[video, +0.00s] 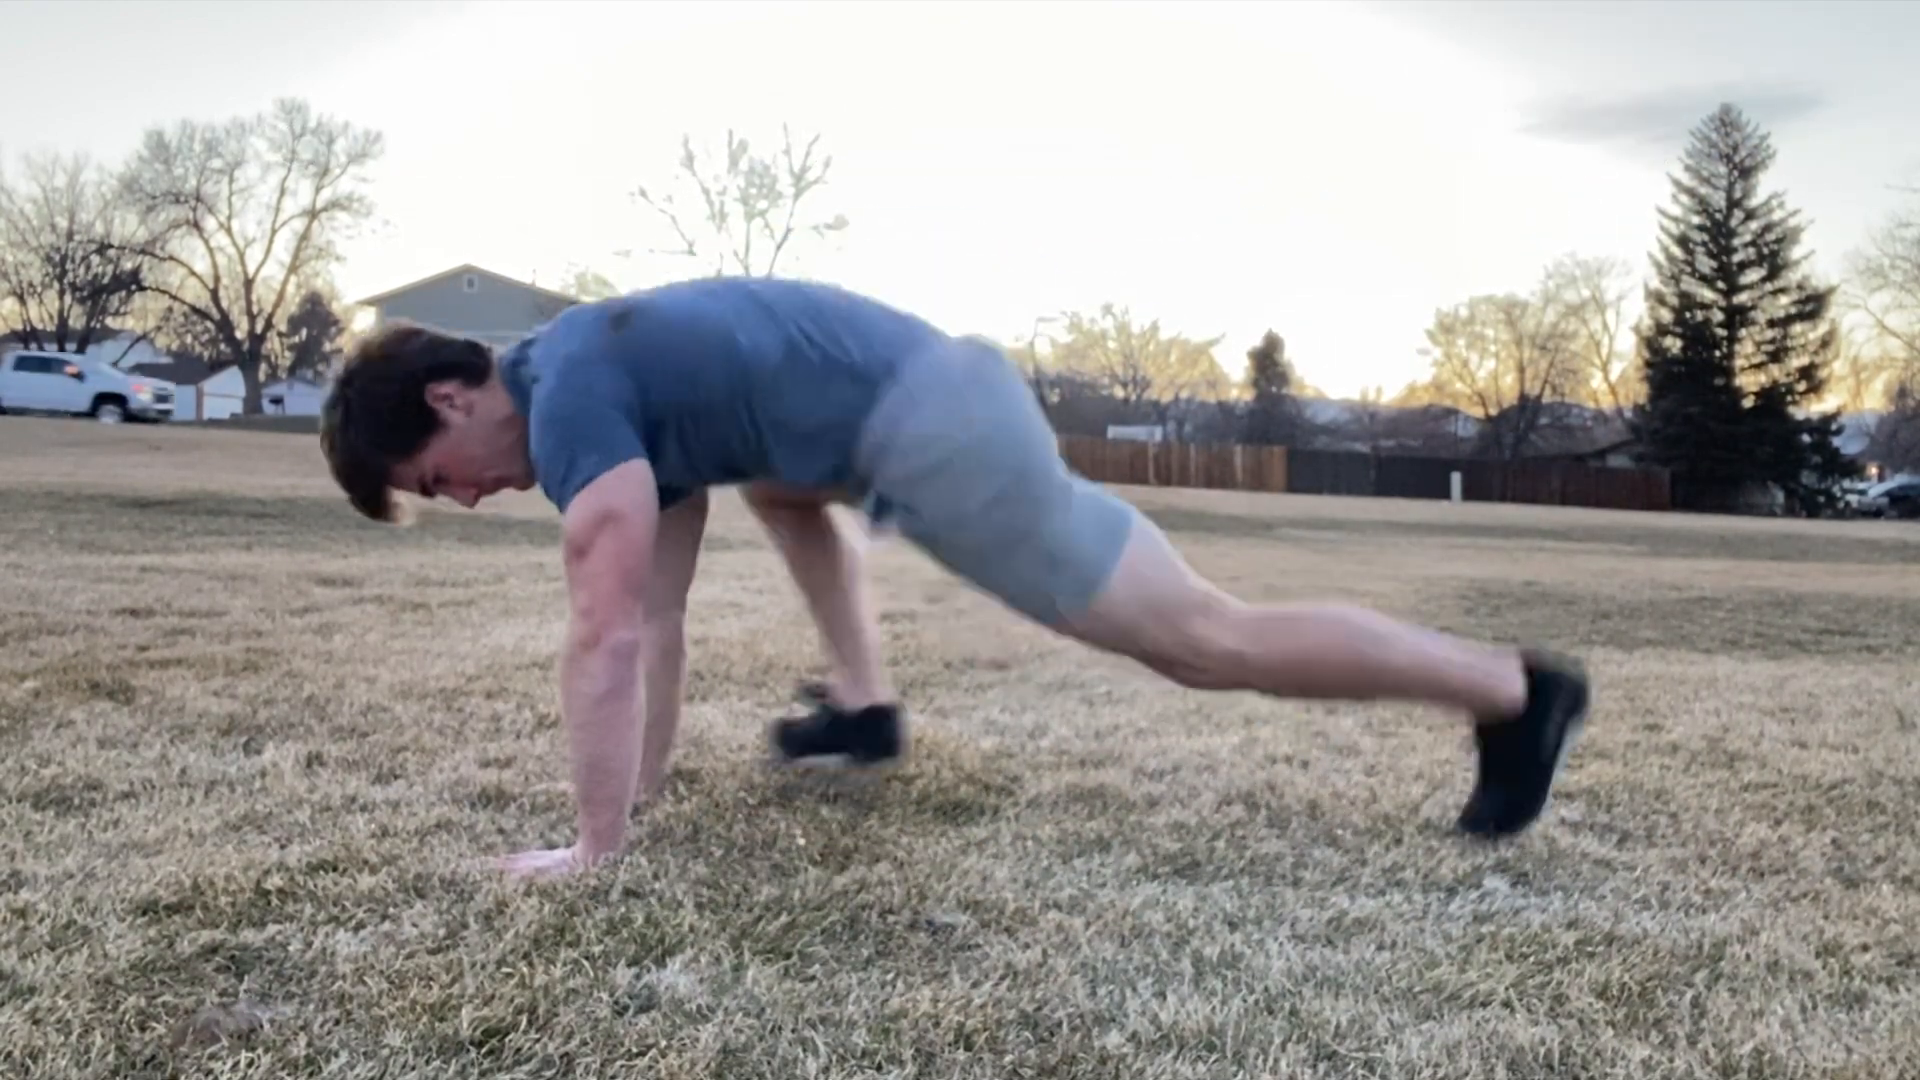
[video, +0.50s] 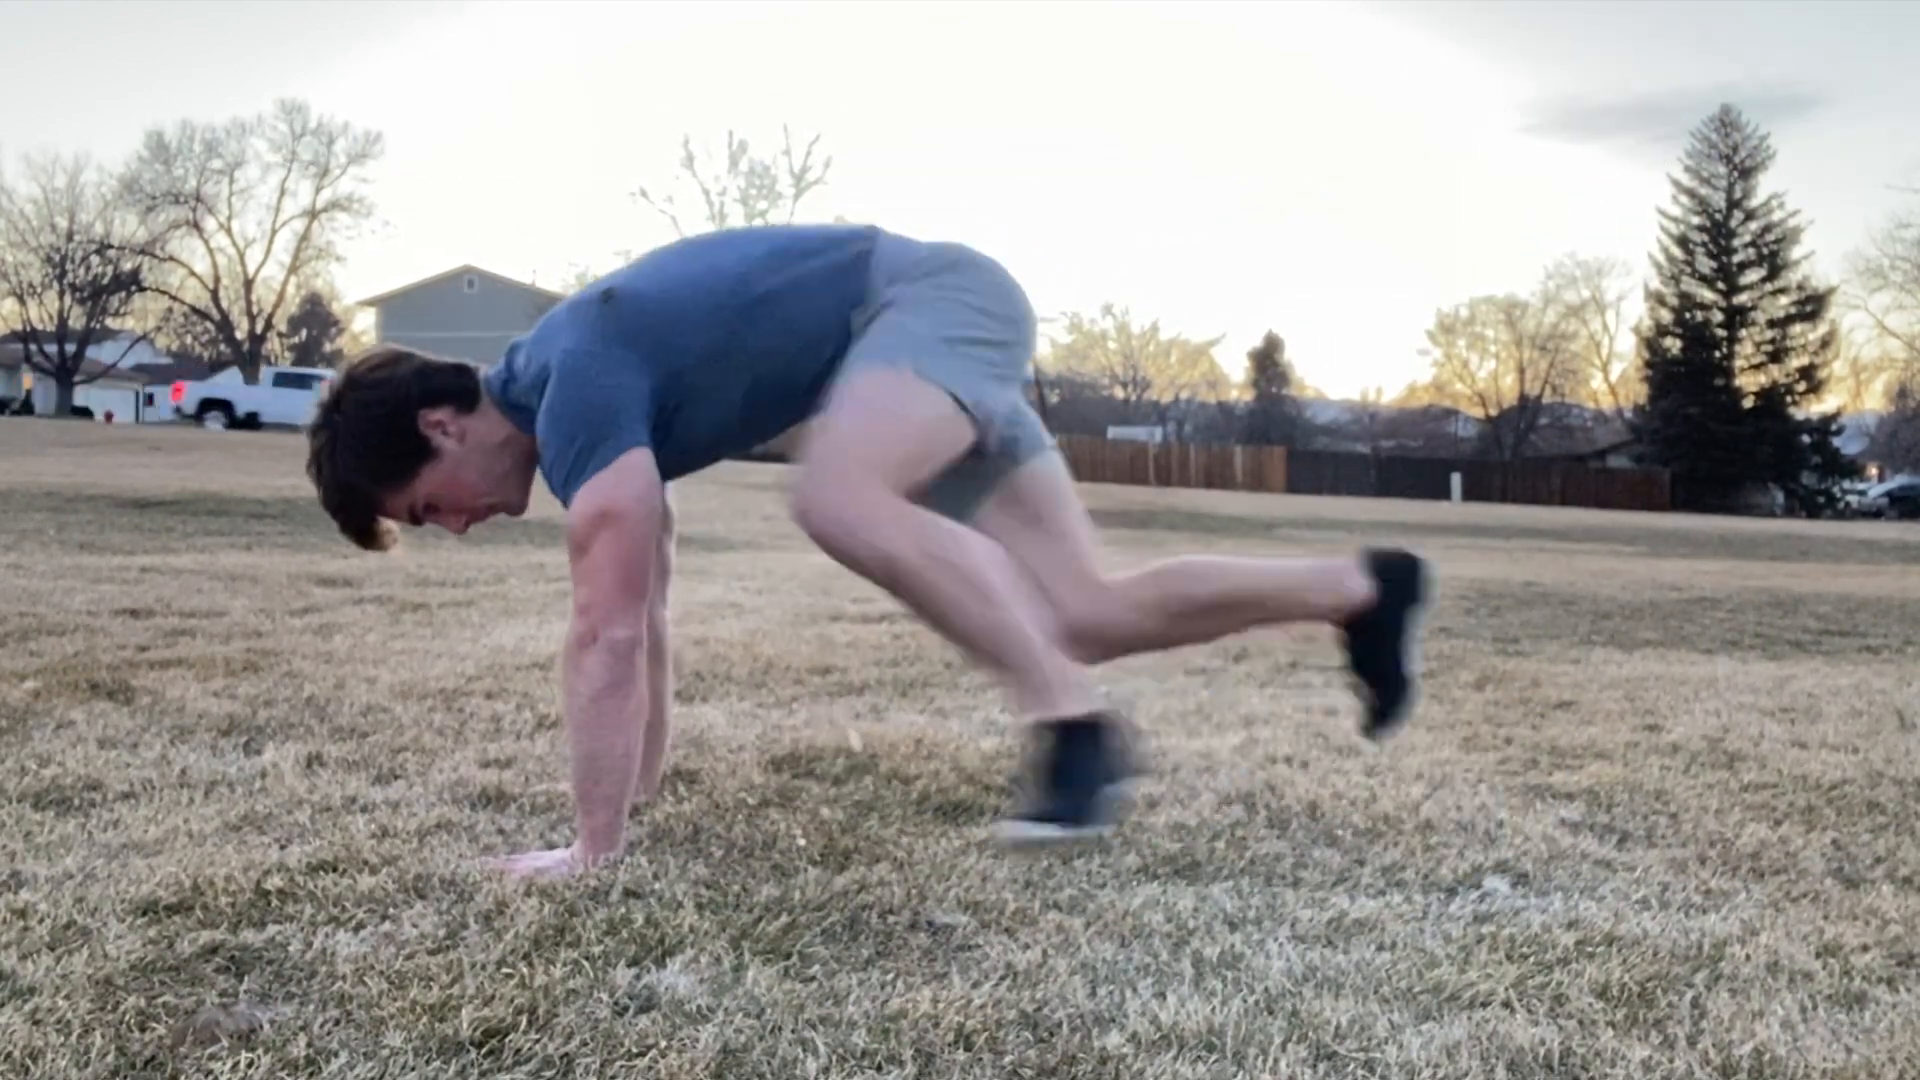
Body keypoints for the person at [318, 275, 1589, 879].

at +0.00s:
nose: (457, 500)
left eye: (434, 476)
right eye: (432, 493)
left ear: (454, 399)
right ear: (463, 398)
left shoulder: (570, 379)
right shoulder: (598, 371)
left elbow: (617, 607)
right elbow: (647, 619)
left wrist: (598, 838)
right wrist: (632, 804)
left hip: (937, 419)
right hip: (908, 409)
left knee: (1202, 640)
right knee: (757, 469)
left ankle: (1514, 692)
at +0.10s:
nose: (482, 488)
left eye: (459, 466)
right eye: (458, 481)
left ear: (480, 390)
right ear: (491, 385)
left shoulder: (608, 387)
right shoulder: (619, 377)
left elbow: (638, 634)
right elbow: (644, 628)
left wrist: (601, 842)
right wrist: (604, 826)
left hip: (947, 515)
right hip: (891, 500)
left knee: (1195, 734)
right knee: (730, 522)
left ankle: (1502, 749)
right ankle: (832, 744)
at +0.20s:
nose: (480, 494)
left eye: (457, 471)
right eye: (456, 487)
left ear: (478, 395)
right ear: (491, 392)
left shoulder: (604, 388)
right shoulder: (623, 379)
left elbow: (636, 625)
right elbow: (646, 632)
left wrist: (602, 840)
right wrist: (615, 823)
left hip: (958, 492)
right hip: (904, 476)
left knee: (1203, 707)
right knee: (752, 499)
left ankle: (1506, 750)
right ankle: (841, 736)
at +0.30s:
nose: (465, 517)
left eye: (440, 494)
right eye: (439, 512)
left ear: (457, 416)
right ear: (466, 420)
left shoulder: (567, 378)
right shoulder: (607, 385)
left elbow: (598, 620)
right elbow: (646, 618)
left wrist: (596, 849)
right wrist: (646, 784)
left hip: (937, 375)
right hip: (899, 391)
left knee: (1172, 627)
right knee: (809, 512)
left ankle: (1470, 727)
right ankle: (975, 707)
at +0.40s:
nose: (465, 530)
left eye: (437, 512)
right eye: (437, 527)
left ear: (439, 438)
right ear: (450, 434)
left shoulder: (568, 378)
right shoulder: (576, 390)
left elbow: (606, 630)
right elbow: (641, 602)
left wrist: (588, 848)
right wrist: (646, 774)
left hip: (930, 288)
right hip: (886, 347)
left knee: (1031, 596)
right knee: (924, 602)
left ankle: (1350, 694)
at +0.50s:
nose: (453, 528)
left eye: (427, 509)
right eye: (425, 523)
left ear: (440, 432)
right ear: (447, 426)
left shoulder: (578, 372)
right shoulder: (573, 387)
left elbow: (610, 628)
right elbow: (635, 607)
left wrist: (590, 843)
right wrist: (644, 777)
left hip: (935, 296)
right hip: (928, 348)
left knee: (838, 494)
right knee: (1080, 610)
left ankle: (1073, 720)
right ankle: (1362, 589)